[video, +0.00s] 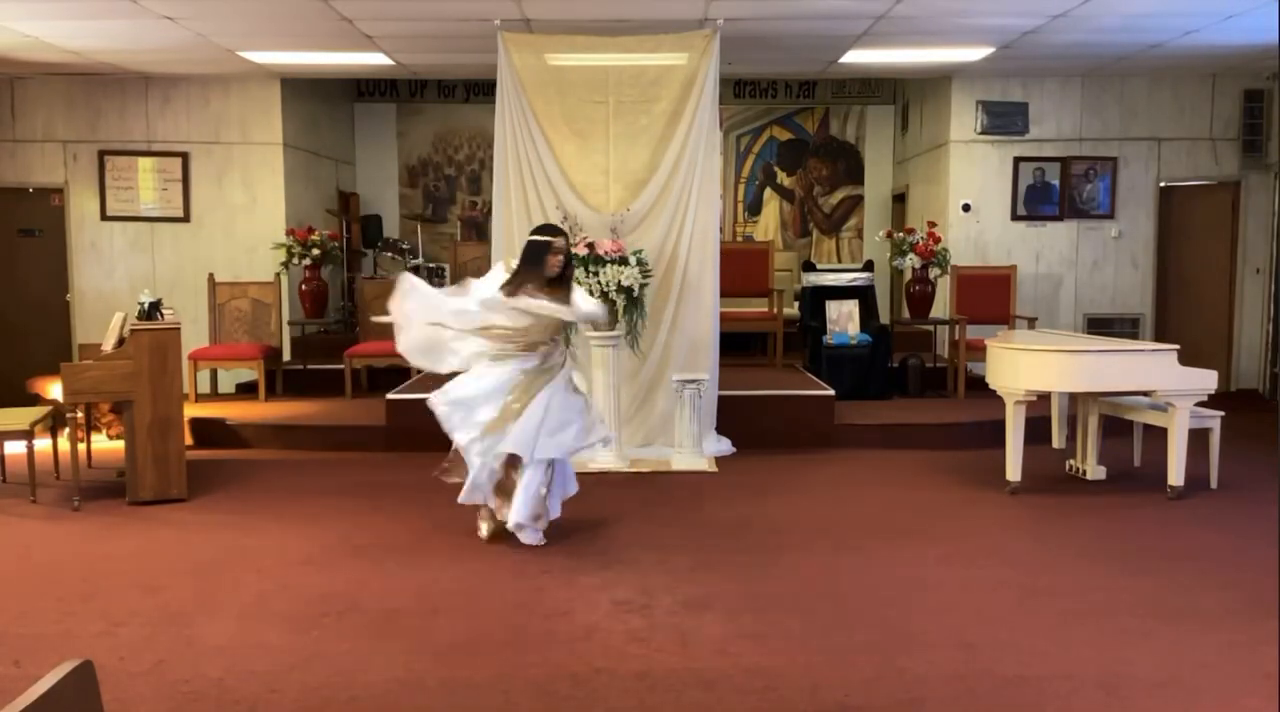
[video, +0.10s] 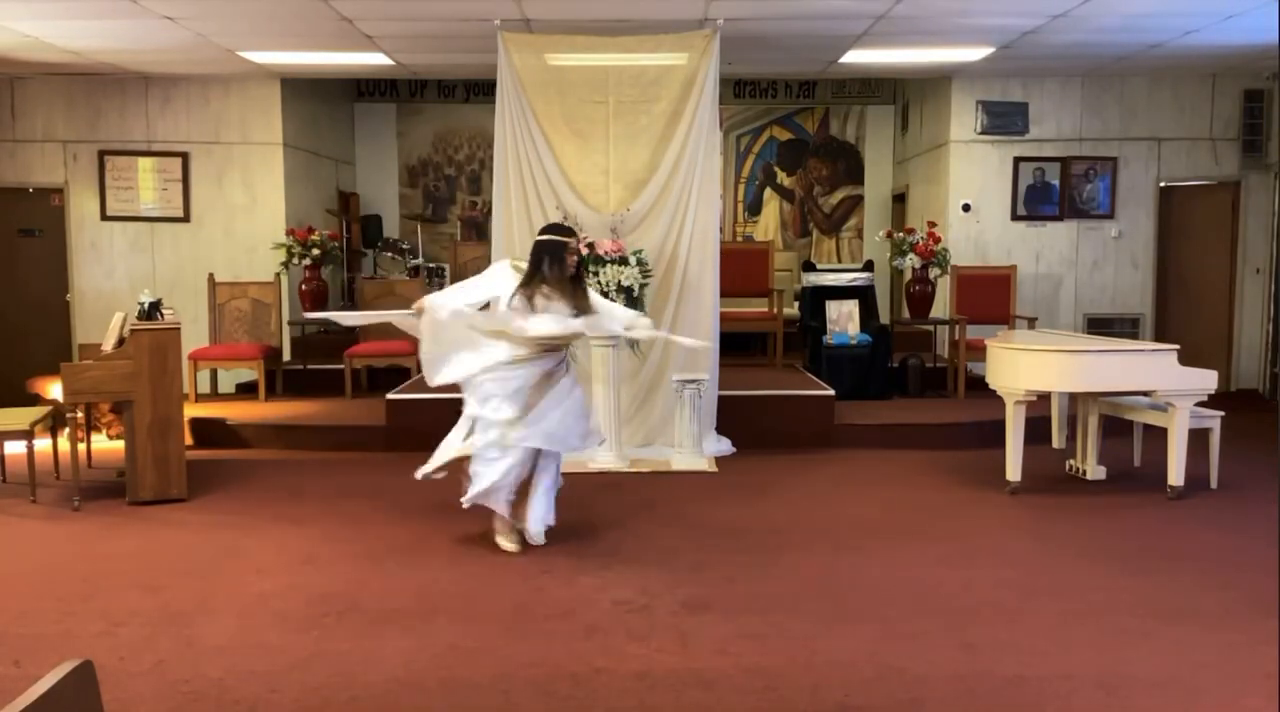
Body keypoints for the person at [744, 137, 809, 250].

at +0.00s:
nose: (777, 159)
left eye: (782, 155)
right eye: (777, 155)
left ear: (795, 157)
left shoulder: (805, 177)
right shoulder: (772, 175)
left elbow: (798, 199)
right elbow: (753, 211)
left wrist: (772, 183)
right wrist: (762, 183)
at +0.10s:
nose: (777, 159)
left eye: (781, 155)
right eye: (777, 155)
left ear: (794, 157)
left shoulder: (805, 177)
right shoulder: (772, 175)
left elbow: (798, 199)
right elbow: (753, 211)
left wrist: (772, 183)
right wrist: (762, 183)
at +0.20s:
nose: (777, 159)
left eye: (781, 155)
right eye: (777, 155)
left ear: (794, 157)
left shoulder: (805, 177)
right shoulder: (772, 175)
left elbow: (798, 199)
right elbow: (753, 211)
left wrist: (772, 183)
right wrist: (762, 183)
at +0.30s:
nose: (777, 159)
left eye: (781, 155)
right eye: (777, 155)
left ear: (794, 157)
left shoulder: (805, 177)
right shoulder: (772, 175)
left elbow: (798, 199)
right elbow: (753, 211)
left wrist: (772, 183)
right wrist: (762, 183)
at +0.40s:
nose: (777, 159)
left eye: (781, 155)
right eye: (777, 155)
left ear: (794, 157)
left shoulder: (805, 177)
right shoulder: (772, 175)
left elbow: (798, 199)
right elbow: (753, 211)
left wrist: (772, 183)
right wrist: (762, 183)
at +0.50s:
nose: (777, 159)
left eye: (781, 155)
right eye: (777, 155)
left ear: (794, 157)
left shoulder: (805, 177)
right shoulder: (772, 175)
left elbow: (798, 199)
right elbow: (753, 211)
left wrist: (772, 183)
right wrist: (762, 183)